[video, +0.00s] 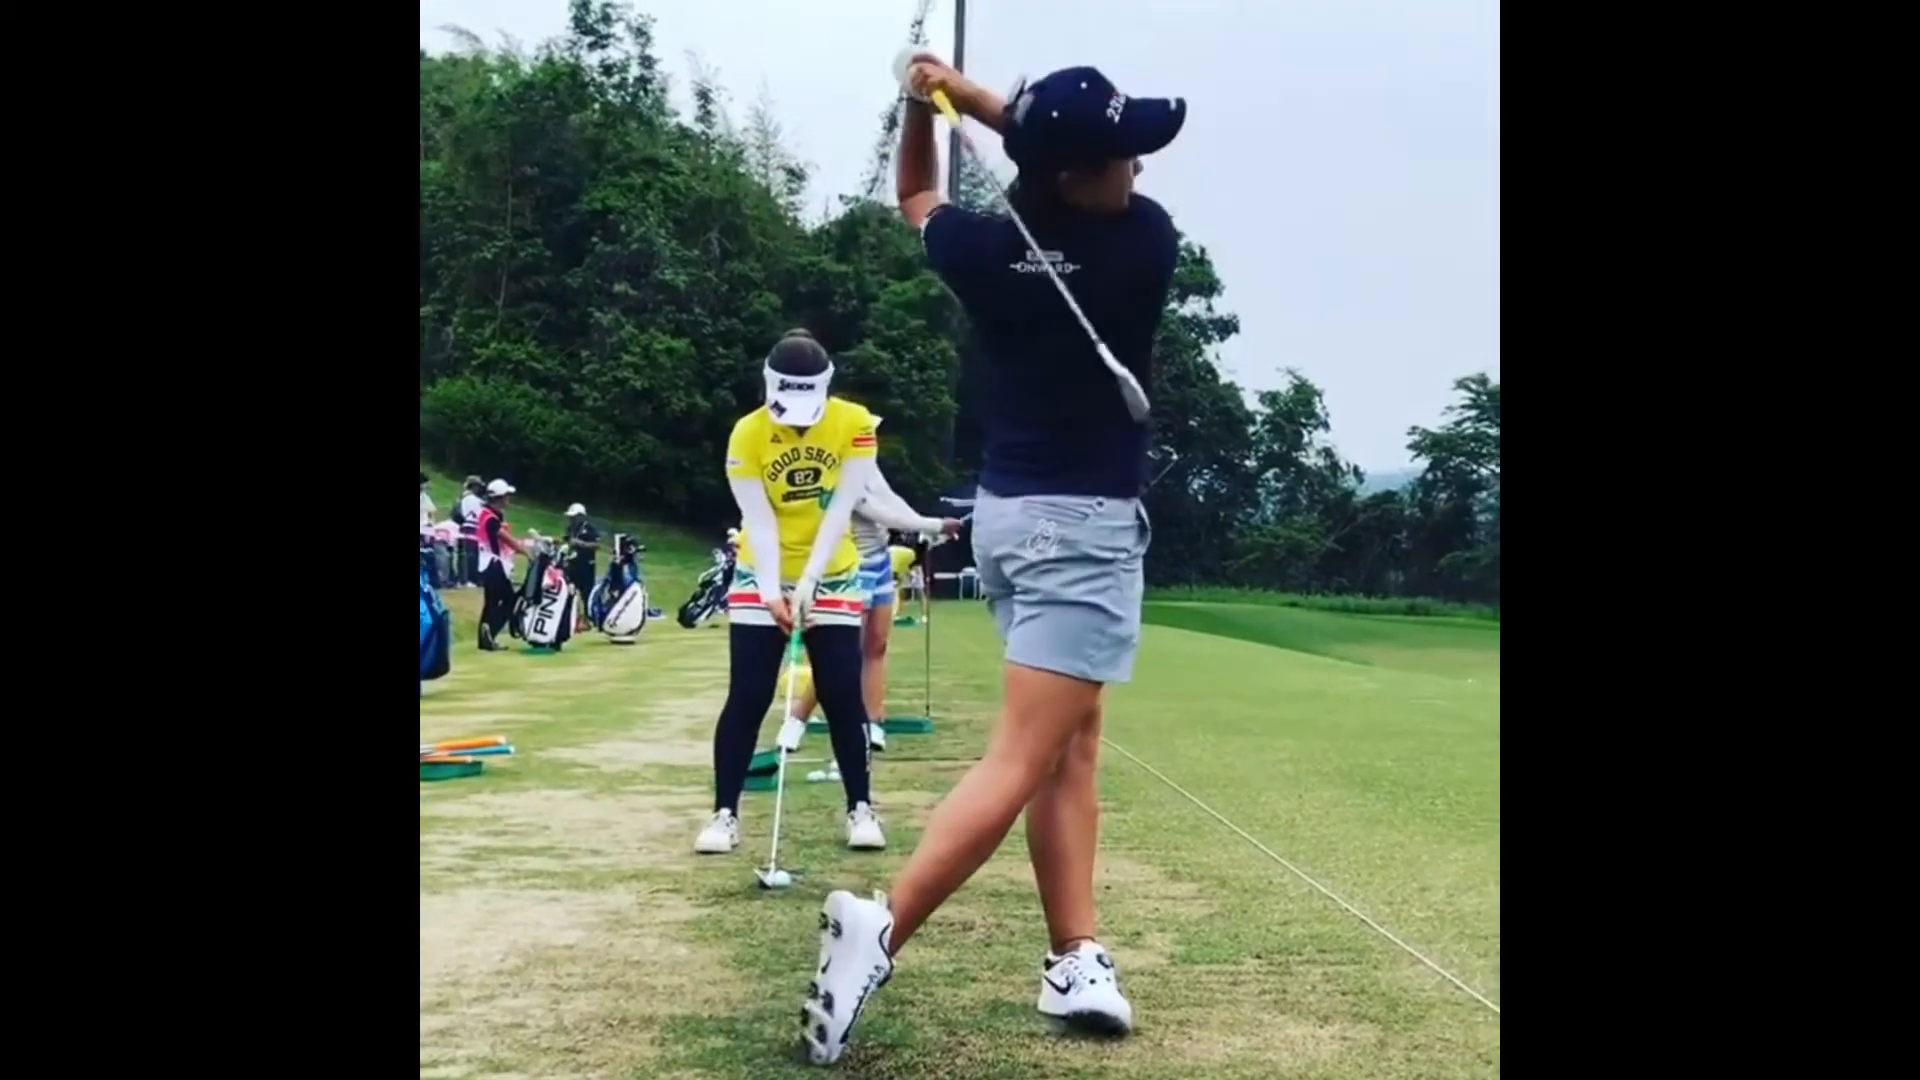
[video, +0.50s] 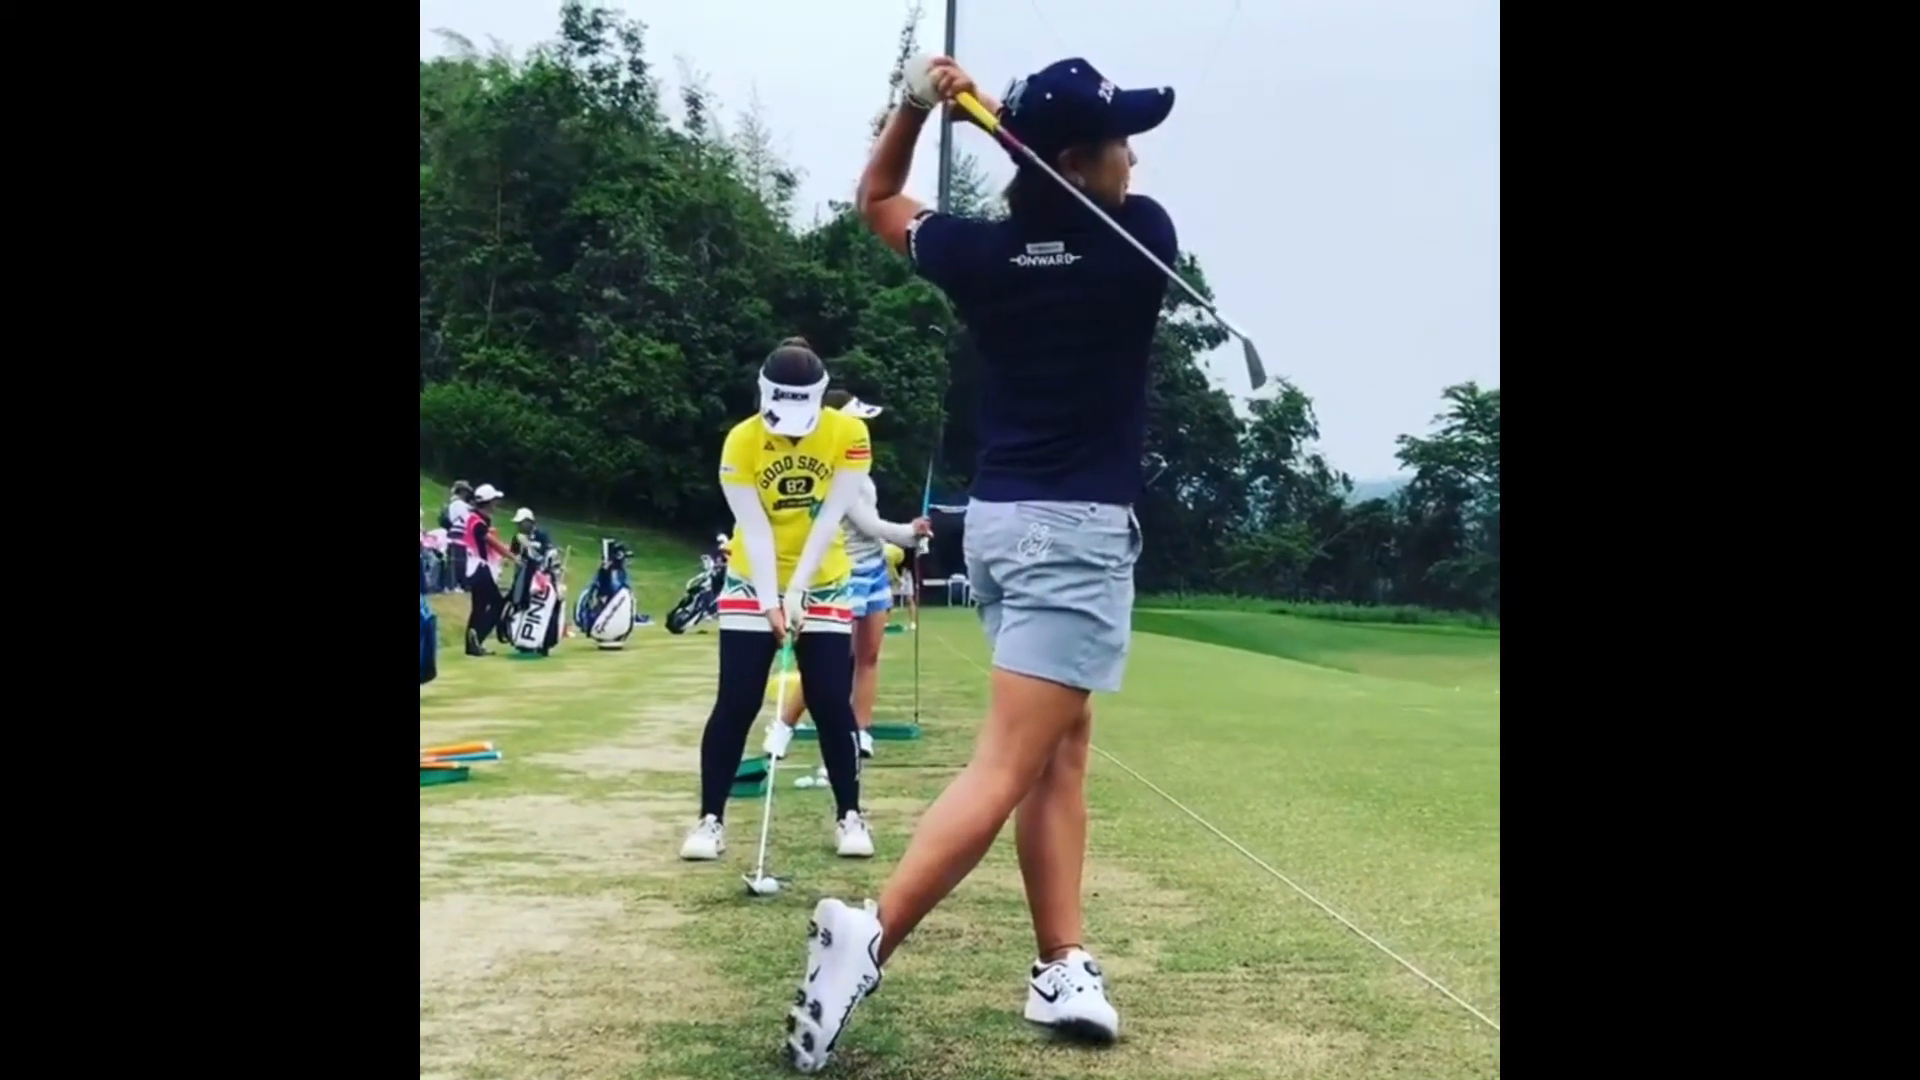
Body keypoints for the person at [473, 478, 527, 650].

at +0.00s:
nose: (508, 500)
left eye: (508, 497)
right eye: (506, 497)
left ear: (493, 498)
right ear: (498, 498)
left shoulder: (486, 515)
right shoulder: (492, 520)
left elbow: (504, 538)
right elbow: (508, 541)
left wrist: (522, 546)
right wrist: (526, 551)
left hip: (487, 559)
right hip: (493, 562)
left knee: (491, 599)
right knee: (509, 597)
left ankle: (485, 638)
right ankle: (491, 629)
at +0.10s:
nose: (504, 501)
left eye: (504, 497)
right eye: (502, 497)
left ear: (489, 498)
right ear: (494, 498)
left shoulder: (482, 515)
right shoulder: (488, 520)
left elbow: (501, 538)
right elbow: (505, 541)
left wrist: (519, 546)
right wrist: (523, 552)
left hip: (483, 560)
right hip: (490, 563)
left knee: (488, 600)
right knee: (506, 598)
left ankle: (481, 638)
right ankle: (487, 630)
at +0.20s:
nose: (501, 502)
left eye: (501, 498)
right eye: (499, 498)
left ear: (485, 499)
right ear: (492, 499)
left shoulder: (479, 516)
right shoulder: (485, 520)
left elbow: (497, 540)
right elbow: (500, 542)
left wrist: (515, 549)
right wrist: (519, 552)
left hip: (479, 560)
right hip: (485, 563)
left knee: (484, 600)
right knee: (502, 598)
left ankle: (477, 639)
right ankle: (483, 631)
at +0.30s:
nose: (499, 503)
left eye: (498, 499)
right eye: (496, 500)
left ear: (483, 500)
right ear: (489, 500)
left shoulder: (477, 517)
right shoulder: (481, 521)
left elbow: (496, 541)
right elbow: (498, 543)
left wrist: (516, 547)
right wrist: (517, 554)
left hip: (477, 561)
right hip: (483, 564)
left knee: (482, 602)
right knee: (500, 599)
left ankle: (474, 640)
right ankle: (481, 632)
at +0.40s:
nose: (497, 504)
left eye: (497, 500)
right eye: (495, 500)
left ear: (481, 501)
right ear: (488, 501)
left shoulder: (475, 518)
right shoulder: (480, 523)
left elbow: (493, 542)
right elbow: (496, 544)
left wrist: (511, 549)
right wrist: (514, 555)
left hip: (475, 562)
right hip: (481, 565)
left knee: (480, 603)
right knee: (498, 600)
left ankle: (473, 641)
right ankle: (479, 634)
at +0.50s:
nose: (495, 505)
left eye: (495, 501)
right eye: (494, 502)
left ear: (480, 502)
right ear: (486, 503)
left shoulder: (474, 520)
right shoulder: (479, 524)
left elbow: (492, 543)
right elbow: (495, 545)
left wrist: (509, 555)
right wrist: (513, 557)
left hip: (474, 563)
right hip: (480, 566)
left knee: (479, 604)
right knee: (498, 601)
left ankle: (472, 643)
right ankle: (478, 635)